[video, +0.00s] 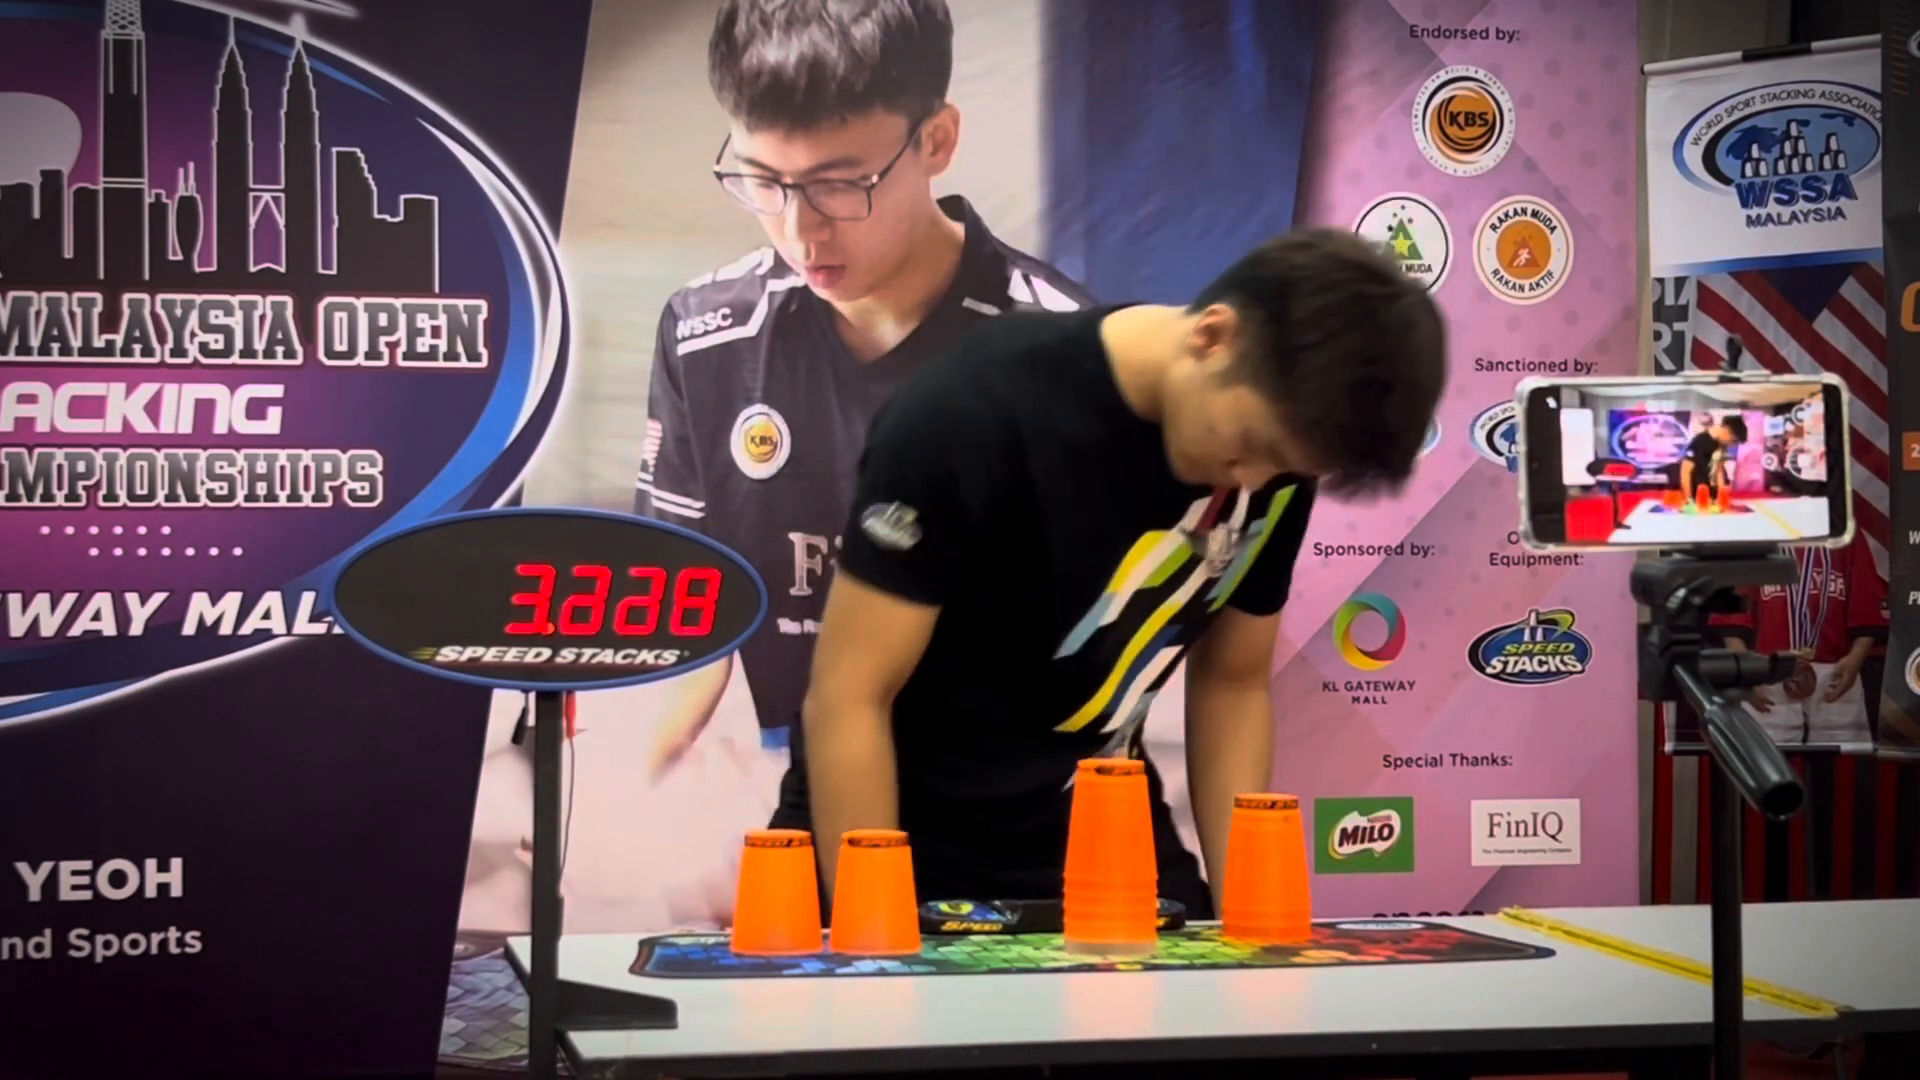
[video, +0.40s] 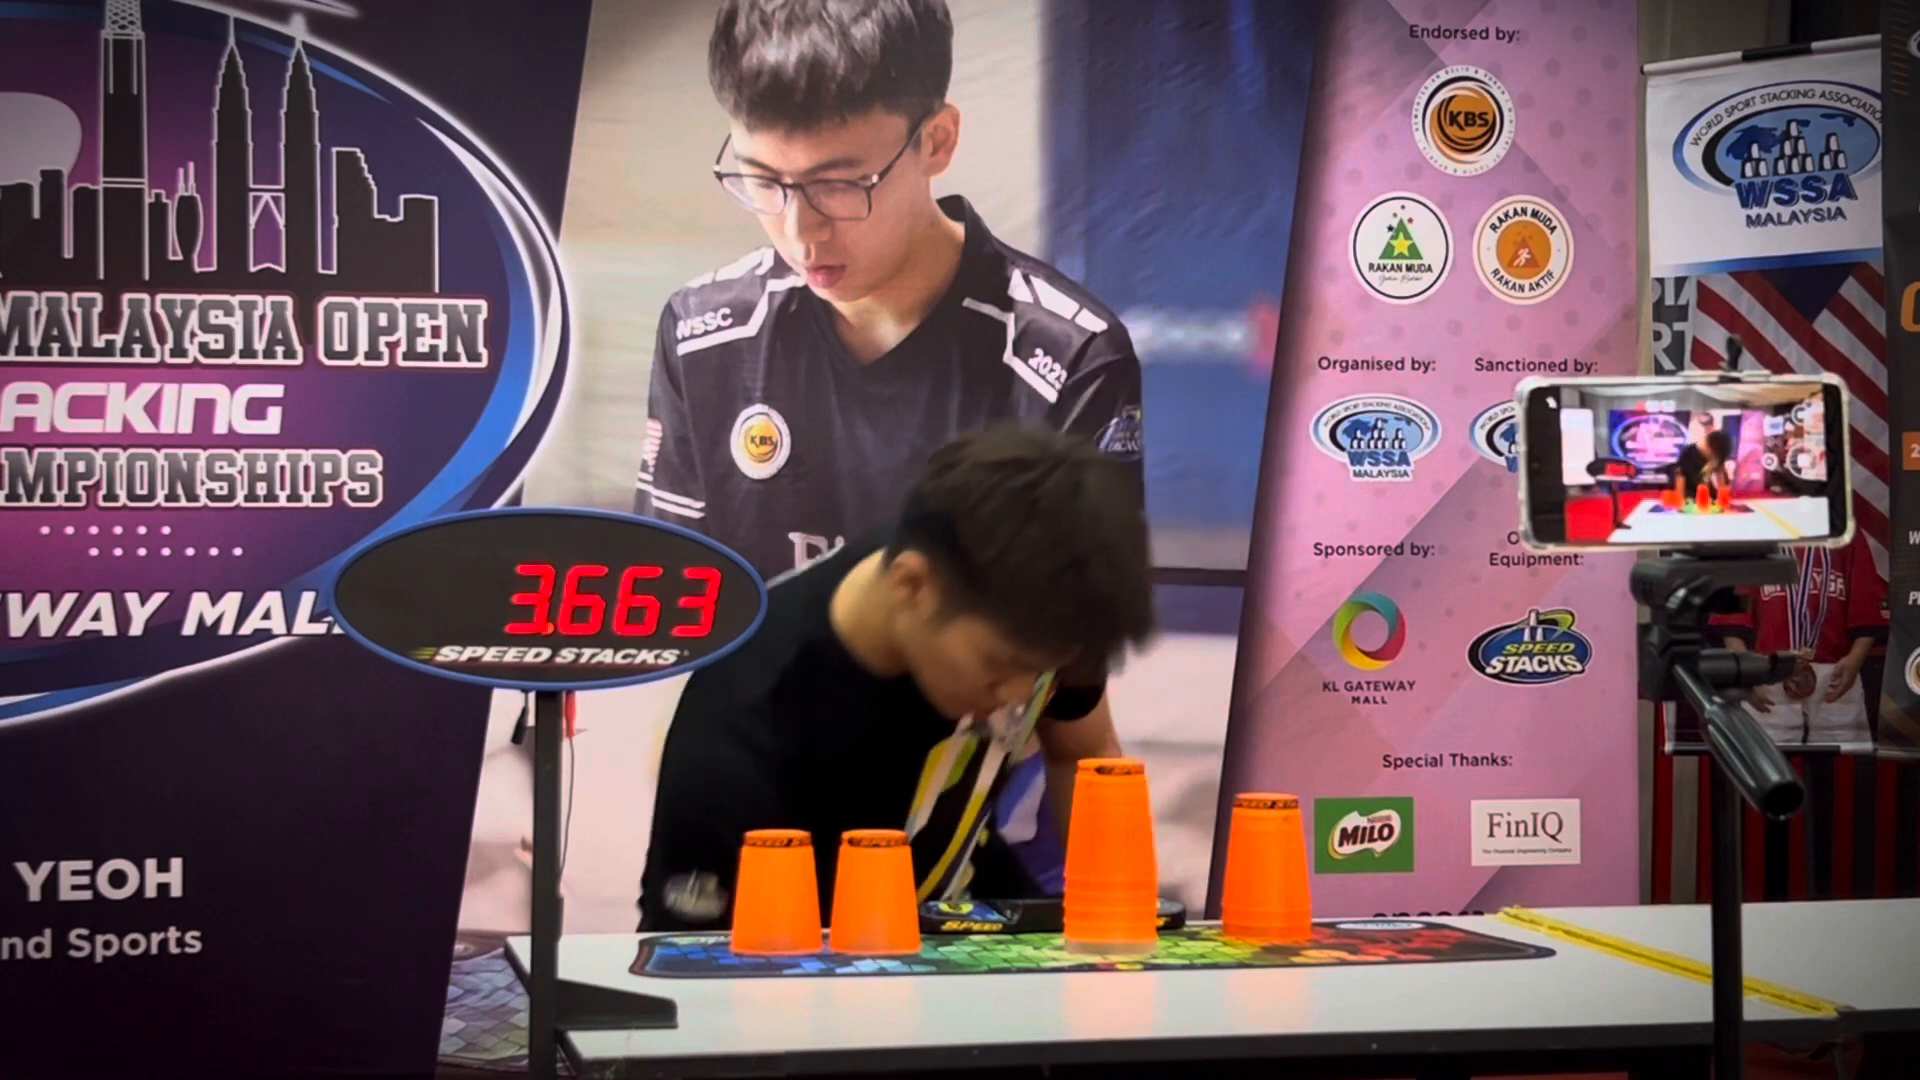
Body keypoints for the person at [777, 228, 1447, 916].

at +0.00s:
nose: (1250, 485)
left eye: (1288, 474)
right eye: (1251, 443)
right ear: (1207, 338)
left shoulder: (1277, 451)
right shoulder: (966, 410)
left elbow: (1235, 675)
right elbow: (844, 695)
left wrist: (1247, 920)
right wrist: (874, 952)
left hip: (1094, 844)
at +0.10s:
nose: (1191, 522)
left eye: (1226, 509)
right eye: (1186, 484)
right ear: (1135, 378)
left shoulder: (1226, 471)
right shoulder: (910, 468)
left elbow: (1204, 689)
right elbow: (803, 765)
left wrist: (1242, 923)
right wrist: (837, 989)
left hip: (1031, 862)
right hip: (847, 856)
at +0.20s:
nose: (1120, 584)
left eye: (1151, 564)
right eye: (1115, 547)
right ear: (1054, 443)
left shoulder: (1151, 518)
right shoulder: (844, 553)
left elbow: (1149, 704)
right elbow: (767, 892)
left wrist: (1186, 918)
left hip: (1013, 924)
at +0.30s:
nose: (1059, 642)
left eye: (1090, 620)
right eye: (1049, 607)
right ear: (974, 518)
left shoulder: (1083, 570)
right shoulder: (787, 633)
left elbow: (1103, 728)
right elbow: (723, 922)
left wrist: (1126, 902)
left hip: (999, 895)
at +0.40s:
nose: (1015, 700)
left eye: (1043, 675)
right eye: (1002, 667)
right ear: (912, 588)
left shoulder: (1034, 604)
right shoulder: (749, 701)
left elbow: (1084, 752)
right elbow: (691, 939)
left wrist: (1111, 912)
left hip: (970, 897)